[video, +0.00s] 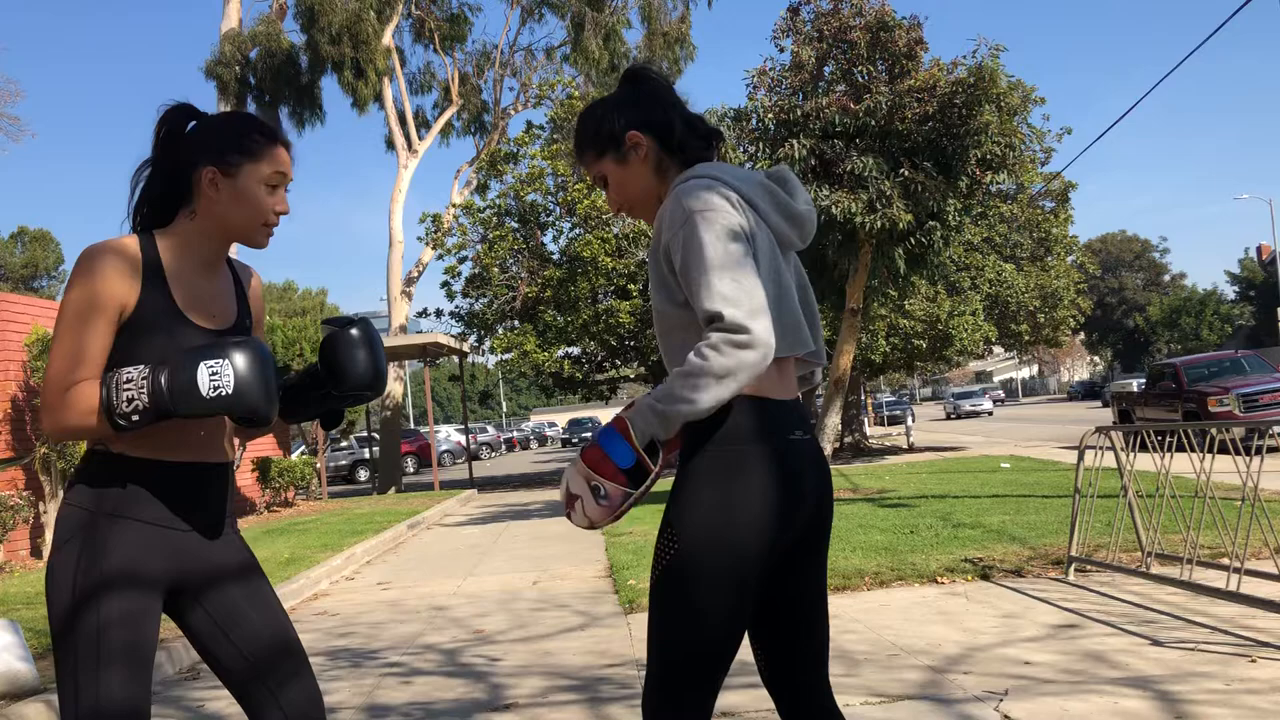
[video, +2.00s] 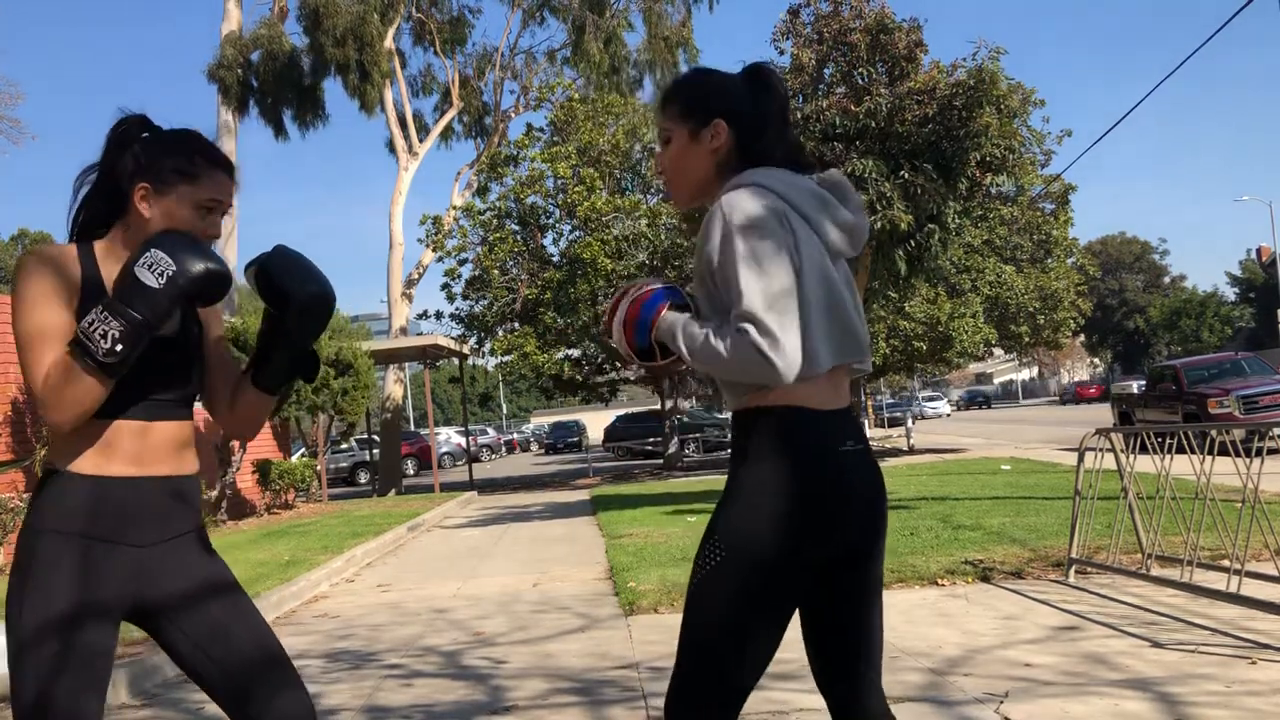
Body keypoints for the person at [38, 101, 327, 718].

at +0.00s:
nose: (284, 206)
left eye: (285, 189)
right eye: (274, 185)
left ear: (220, 185)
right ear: (213, 182)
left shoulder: (246, 285)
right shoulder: (113, 265)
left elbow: (239, 419)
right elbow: (58, 413)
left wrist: (307, 392)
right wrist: (178, 386)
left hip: (212, 528)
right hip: (116, 521)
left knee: (297, 705)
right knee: (107, 710)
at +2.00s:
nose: (218, 231)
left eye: (224, 216)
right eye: (206, 211)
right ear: (145, 199)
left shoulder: (198, 295)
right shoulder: (51, 269)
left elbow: (237, 419)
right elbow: (59, 408)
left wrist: (287, 339)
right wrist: (131, 310)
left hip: (178, 539)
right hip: (73, 540)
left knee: (286, 707)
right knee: (55, 709)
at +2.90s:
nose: (208, 232)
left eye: (211, 216)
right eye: (196, 213)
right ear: (134, 210)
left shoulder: (188, 302)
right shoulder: (42, 275)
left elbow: (231, 432)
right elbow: (57, 422)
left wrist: (294, 366)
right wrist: (127, 318)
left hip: (179, 543)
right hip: (73, 546)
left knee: (306, 706)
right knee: (61, 709)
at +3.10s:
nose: (211, 204)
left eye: (212, 188)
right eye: (195, 186)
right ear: (131, 188)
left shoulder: (220, 267)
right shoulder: (62, 271)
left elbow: (342, 322)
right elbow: (48, 421)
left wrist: (351, 255)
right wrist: (90, 312)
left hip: (208, 529)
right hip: (99, 533)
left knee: (313, 706)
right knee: (79, 711)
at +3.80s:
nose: (213, 232)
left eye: (217, 215)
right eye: (200, 212)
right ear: (136, 204)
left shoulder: (208, 295)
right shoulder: (49, 282)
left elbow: (249, 426)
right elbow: (57, 432)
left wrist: (284, 333)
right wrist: (102, 317)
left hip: (199, 545)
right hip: (90, 546)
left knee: (315, 708)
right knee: (70, 709)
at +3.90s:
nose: (211, 226)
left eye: (214, 209)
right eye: (197, 206)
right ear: (133, 202)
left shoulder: (210, 297)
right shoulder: (50, 282)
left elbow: (256, 424)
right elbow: (45, 436)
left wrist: (285, 331)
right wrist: (99, 321)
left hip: (205, 541)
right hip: (96, 544)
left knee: (320, 707)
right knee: (78, 709)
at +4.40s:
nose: (229, 216)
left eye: (234, 198)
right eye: (211, 195)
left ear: (238, 199)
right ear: (149, 195)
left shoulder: (259, 263)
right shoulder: (95, 294)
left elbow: (402, 262)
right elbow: (90, 447)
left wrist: (459, 192)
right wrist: (115, 337)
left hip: (248, 539)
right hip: (138, 540)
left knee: (360, 707)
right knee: (110, 709)